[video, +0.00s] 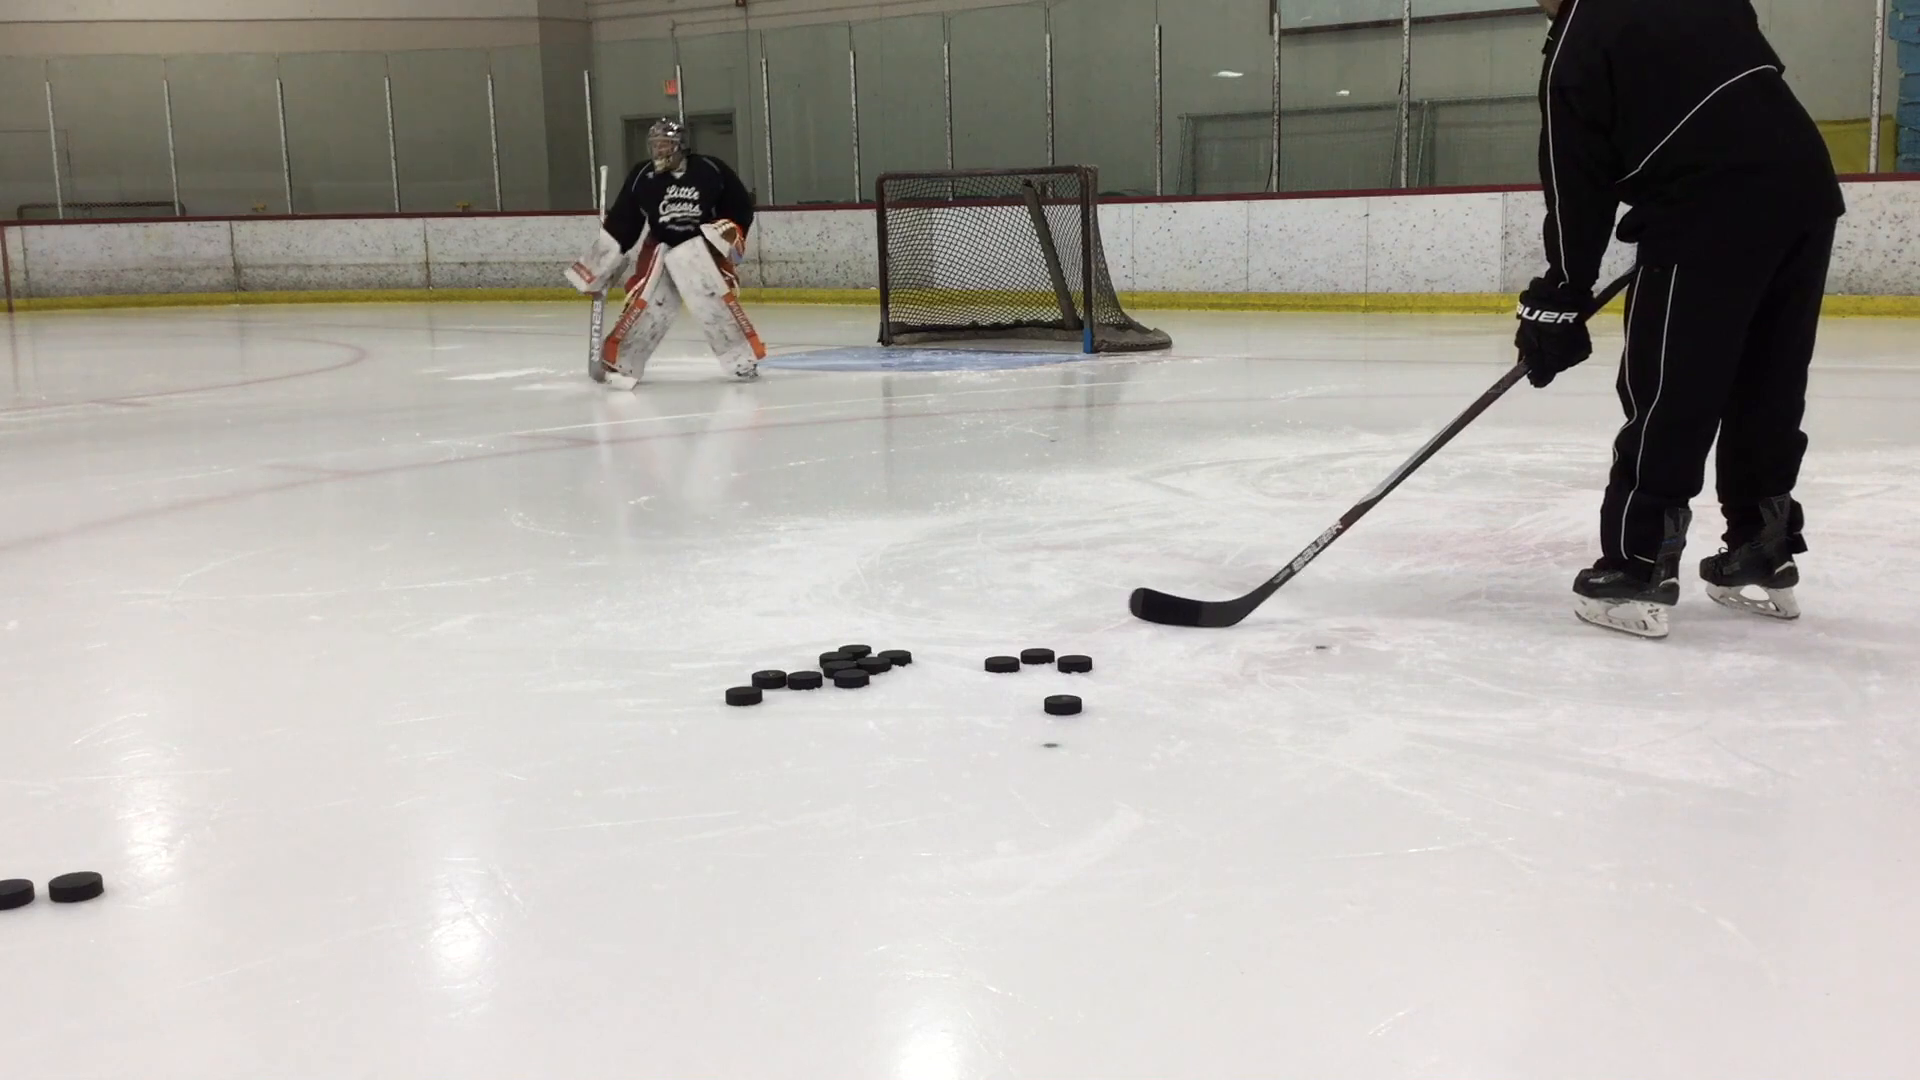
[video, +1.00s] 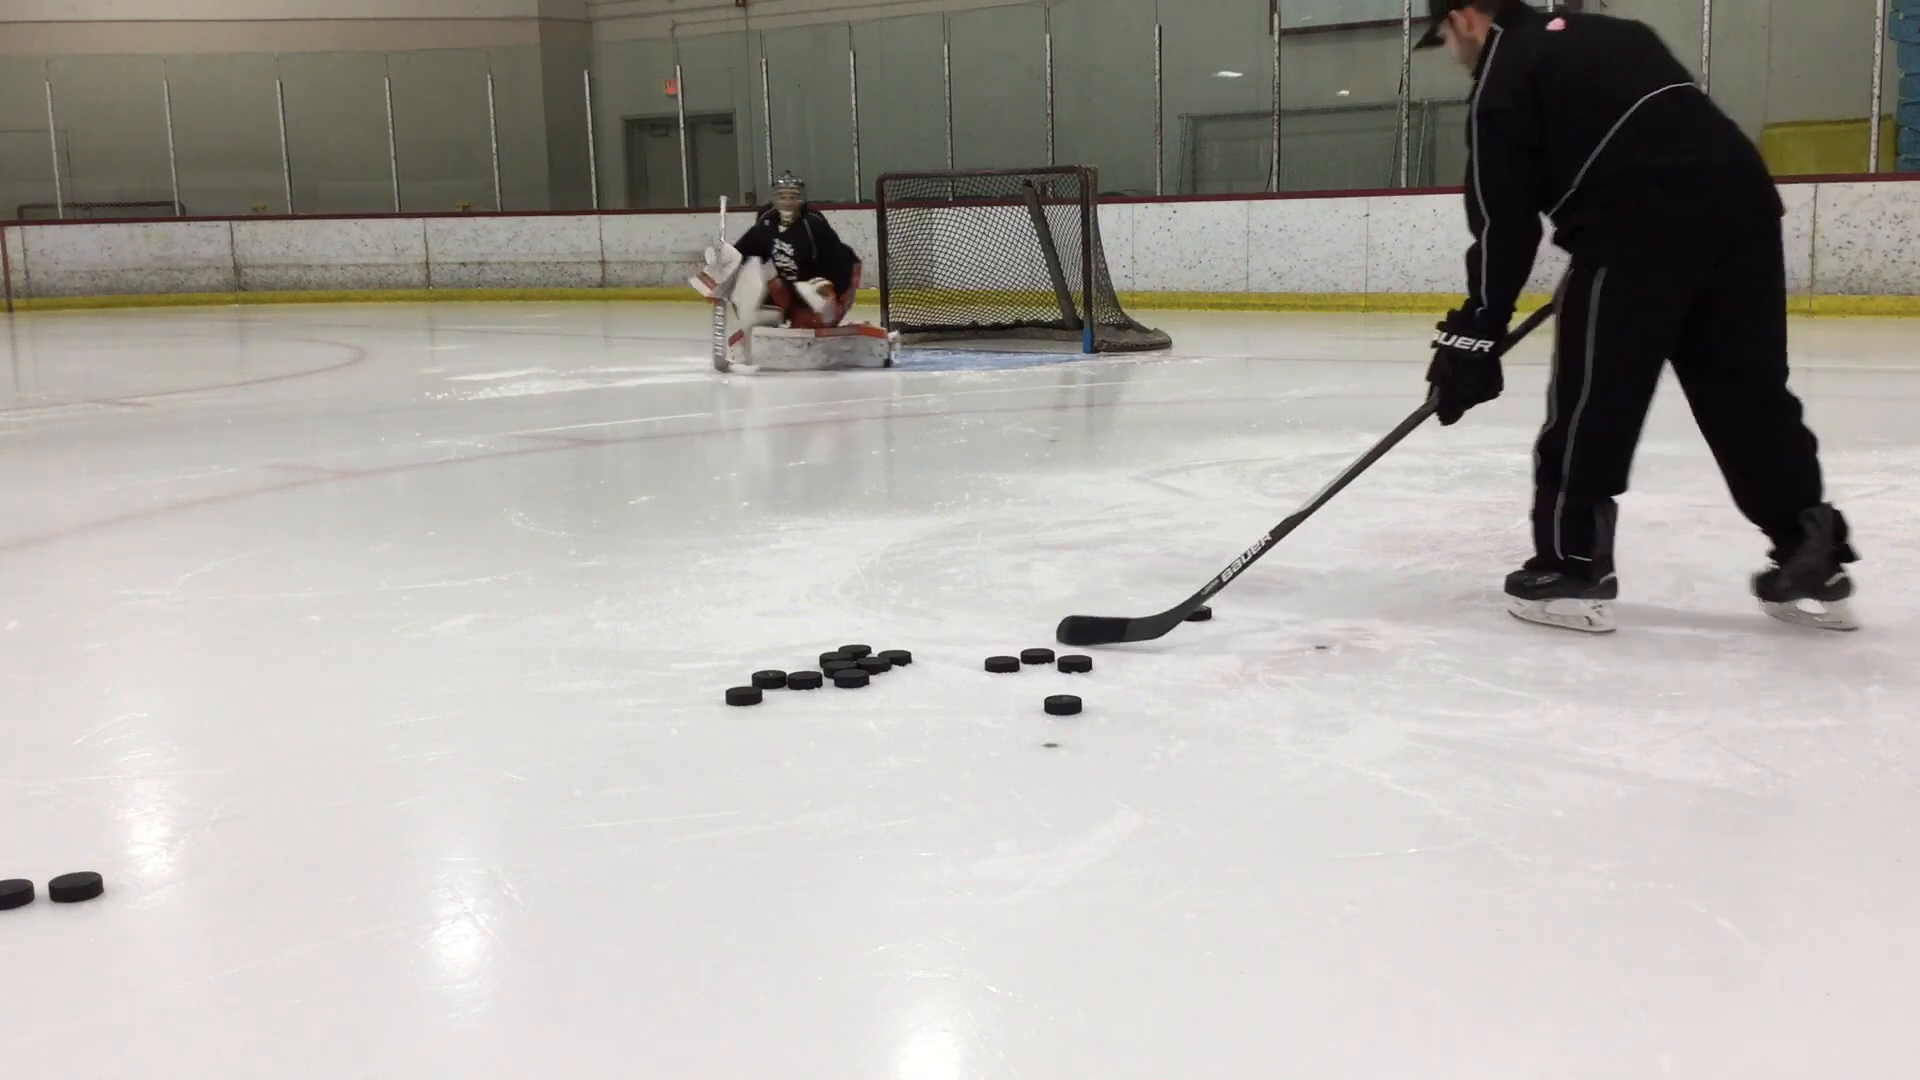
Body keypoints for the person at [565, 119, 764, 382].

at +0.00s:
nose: (659, 149)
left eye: (665, 144)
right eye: (655, 144)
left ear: (680, 145)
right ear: (650, 147)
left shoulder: (710, 170)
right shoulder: (643, 176)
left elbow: (741, 205)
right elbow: (622, 224)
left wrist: (728, 234)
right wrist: (598, 267)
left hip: (702, 250)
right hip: (661, 253)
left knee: (715, 306)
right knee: (646, 307)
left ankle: (741, 362)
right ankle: (621, 366)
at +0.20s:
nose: (661, 159)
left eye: (667, 153)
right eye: (657, 153)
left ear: (682, 154)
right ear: (652, 154)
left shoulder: (711, 179)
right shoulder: (645, 183)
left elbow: (744, 213)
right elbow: (627, 230)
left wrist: (729, 243)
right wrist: (601, 269)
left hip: (702, 260)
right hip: (662, 262)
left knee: (717, 309)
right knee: (635, 311)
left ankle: (747, 363)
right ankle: (601, 362)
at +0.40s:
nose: (680, 174)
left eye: (686, 168)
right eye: (676, 168)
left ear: (699, 169)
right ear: (672, 169)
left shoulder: (724, 191)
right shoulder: (670, 196)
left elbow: (765, 223)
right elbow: (653, 232)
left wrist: (746, 252)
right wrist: (627, 263)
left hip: (732, 266)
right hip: (692, 266)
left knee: (711, 306)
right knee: (654, 303)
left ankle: (769, 347)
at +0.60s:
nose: (712, 189)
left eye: (719, 184)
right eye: (709, 183)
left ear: (731, 185)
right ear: (703, 184)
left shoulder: (749, 207)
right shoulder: (699, 207)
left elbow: (790, 241)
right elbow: (679, 243)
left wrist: (773, 269)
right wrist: (657, 270)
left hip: (752, 282)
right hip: (715, 282)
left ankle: (808, 355)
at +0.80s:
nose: (753, 202)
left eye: (760, 197)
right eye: (749, 196)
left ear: (773, 199)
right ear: (744, 198)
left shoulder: (790, 226)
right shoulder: (741, 224)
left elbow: (821, 266)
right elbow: (718, 255)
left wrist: (799, 292)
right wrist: (698, 280)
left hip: (789, 313)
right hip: (751, 310)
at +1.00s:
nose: (787, 203)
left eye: (793, 197)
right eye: (782, 198)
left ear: (802, 200)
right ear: (774, 200)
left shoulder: (813, 224)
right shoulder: (766, 224)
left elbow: (839, 258)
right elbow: (739, 252)